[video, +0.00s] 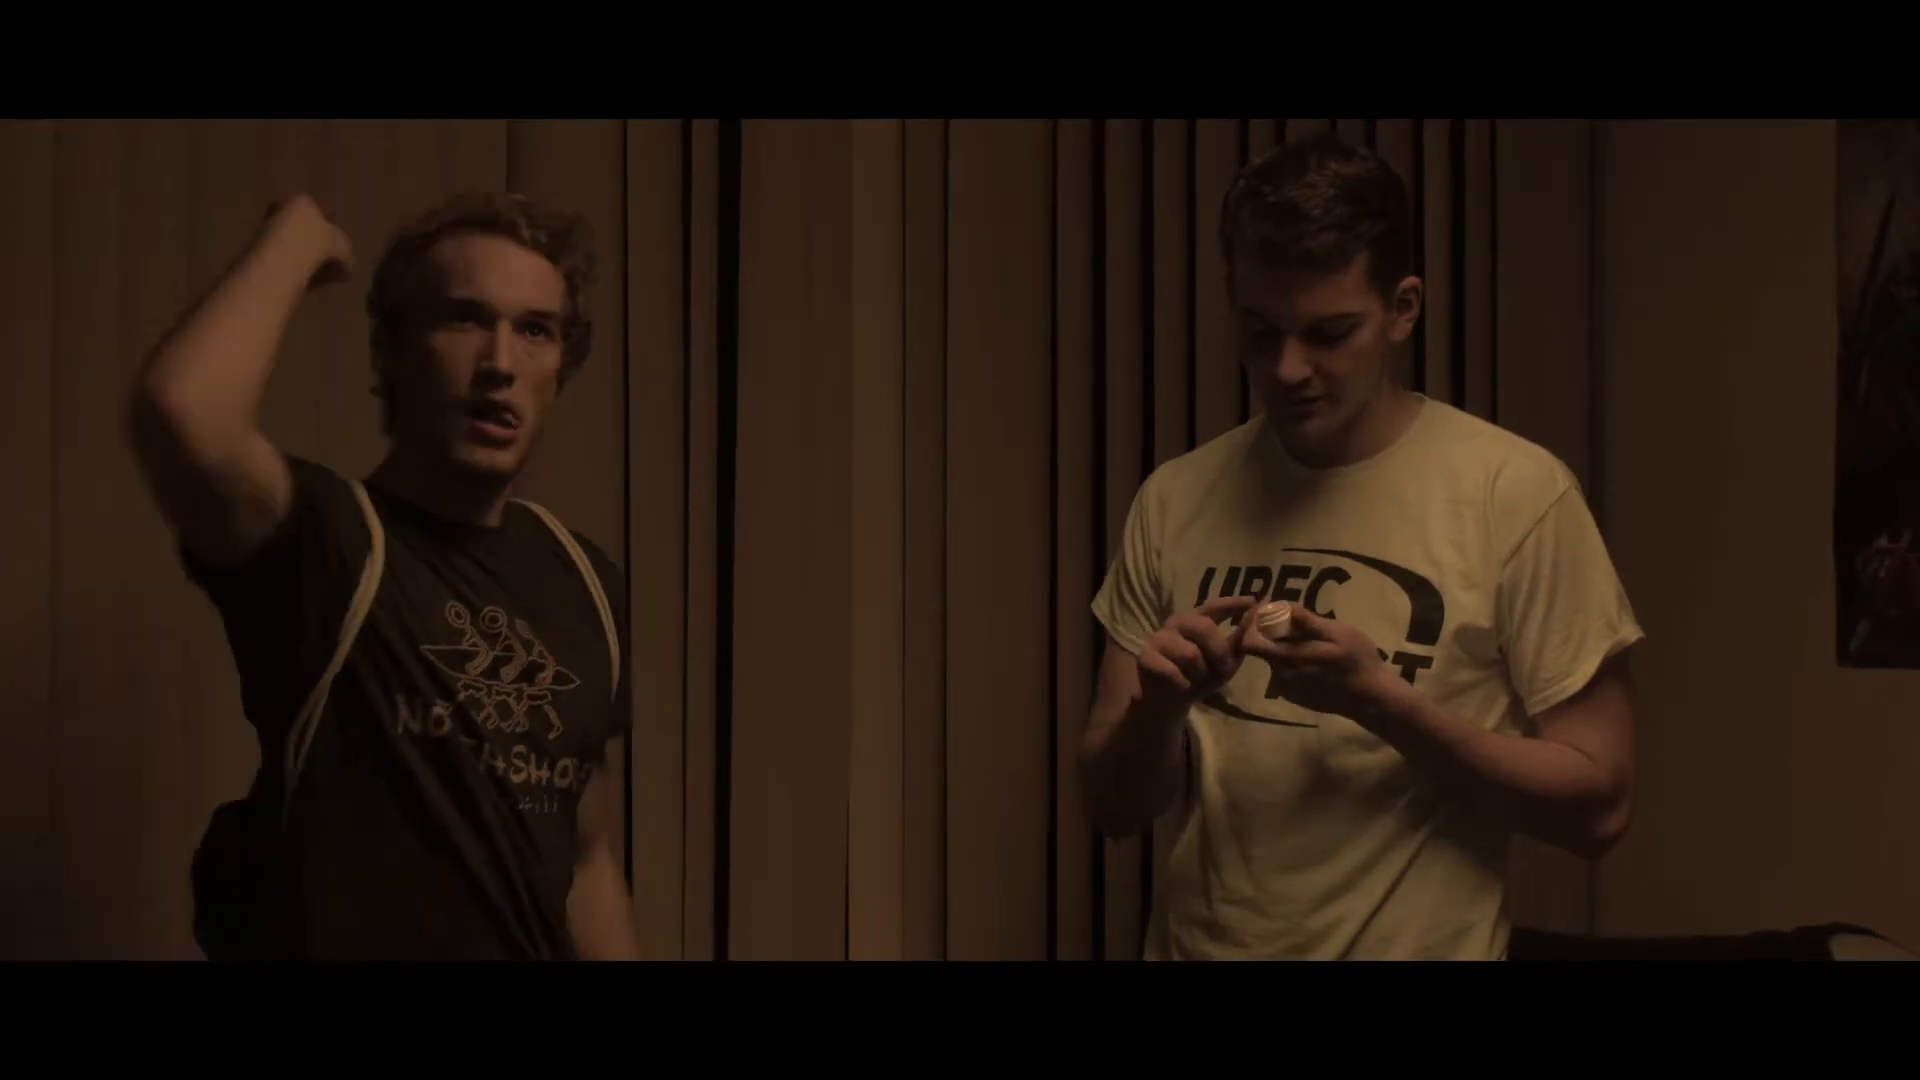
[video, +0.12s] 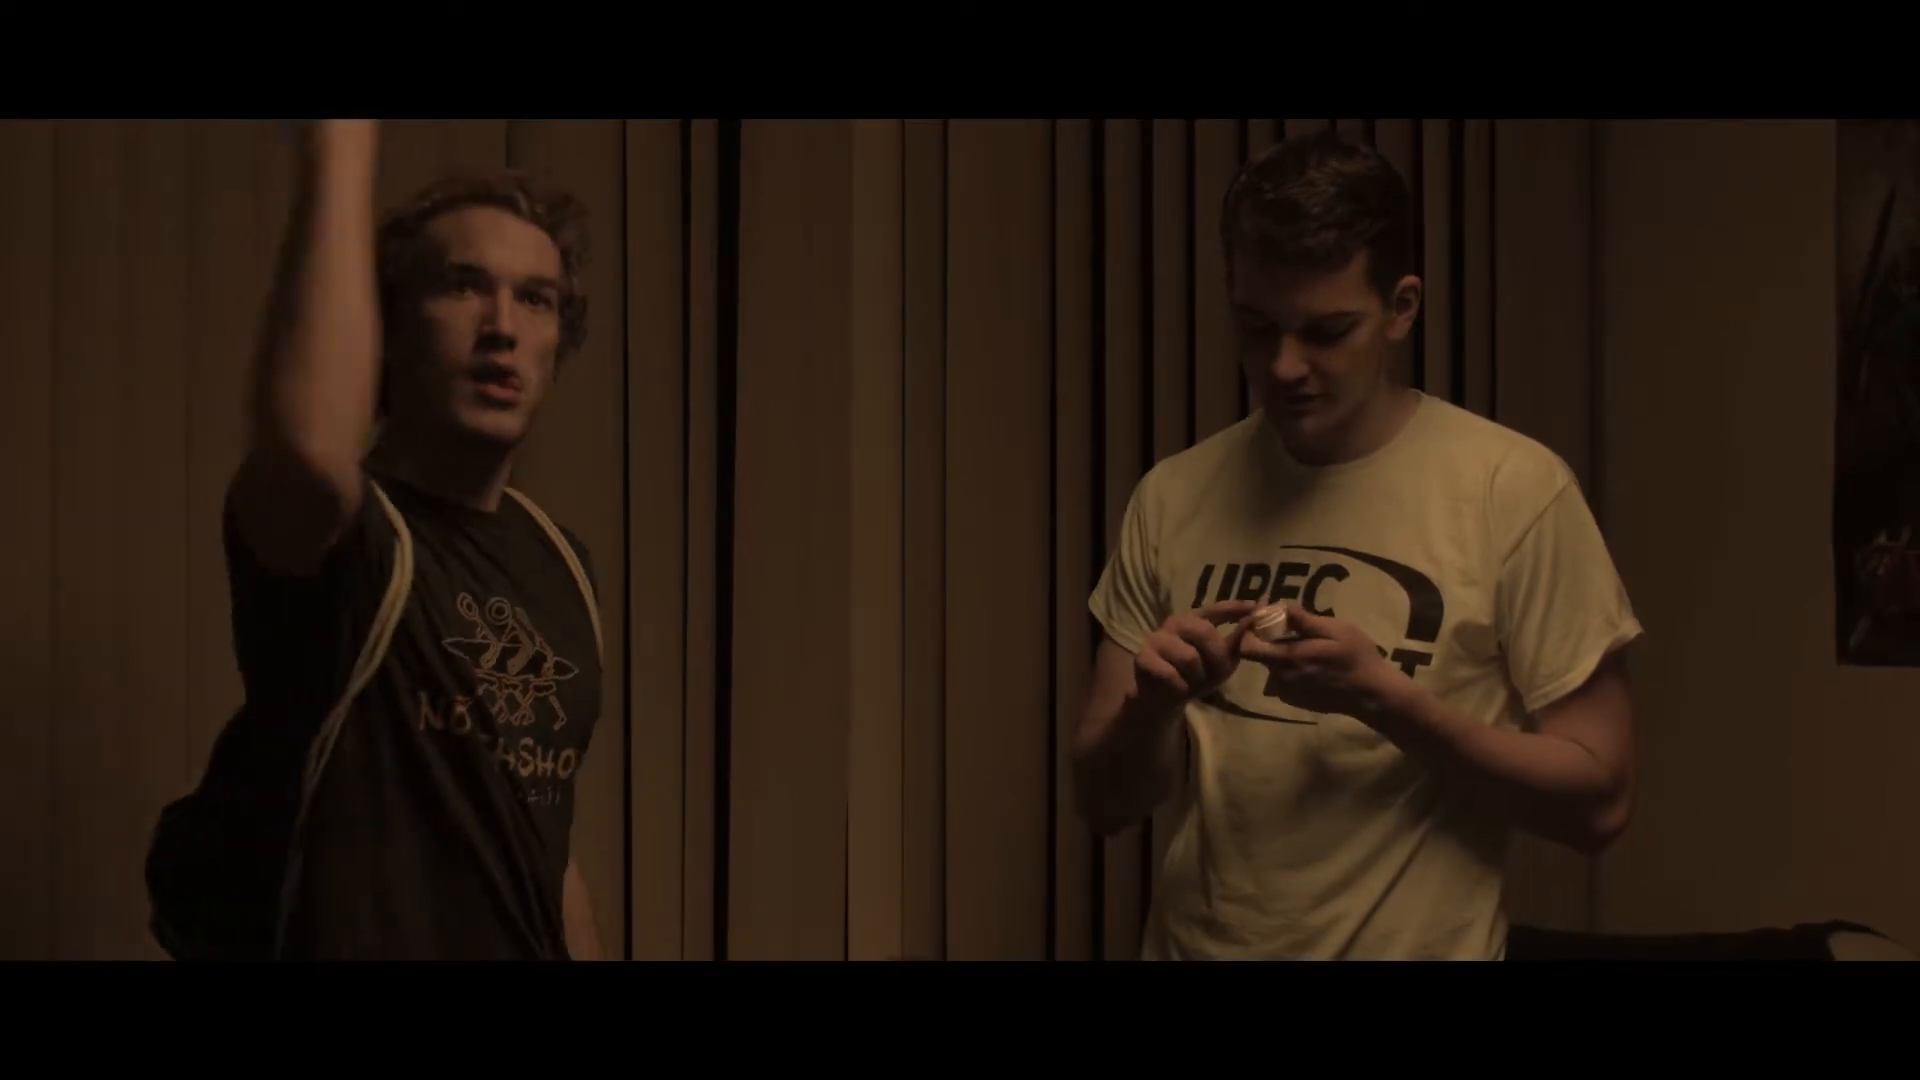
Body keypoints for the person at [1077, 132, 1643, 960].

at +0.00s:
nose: (1290, 371)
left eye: (1330, 334)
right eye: (1262, 333)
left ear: (1404, 309)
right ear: (1237, 311)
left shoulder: (1516, 497)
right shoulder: (1173, 501)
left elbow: (1597, 807)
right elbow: (1111, 811)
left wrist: (1385, 700)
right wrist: (1156, 710)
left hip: (1421, 946)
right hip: (1199, 944)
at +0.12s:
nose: (1287, 368)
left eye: (1328, 332)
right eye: (1260, 329)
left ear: (1403, 307)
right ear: (1236, 305)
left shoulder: (1515, 494)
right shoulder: (1171, 499)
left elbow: (1597, 801)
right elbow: (1101, 806)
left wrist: (1388, 697)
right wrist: (1151, 708)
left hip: (1420, 945)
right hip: (1197, 944)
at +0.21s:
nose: (1287, 368)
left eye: (1328, 333)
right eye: (1260, 330)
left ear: (1403, 308)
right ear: (1236, 306)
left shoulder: (1515, 493)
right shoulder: (1169, 499)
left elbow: (1597, 799)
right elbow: (1096, 804)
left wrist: (1390, 693)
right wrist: (1152, 707)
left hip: (1418, 945)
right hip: (1196, 943)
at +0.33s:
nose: (1286, 365)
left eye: (1328, 331)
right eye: (1260, 327)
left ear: (1403, 309)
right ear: (1237, 306)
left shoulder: (1515, 493)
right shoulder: (1168, 498)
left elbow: (1597, 799)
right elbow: (1095, 805)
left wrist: (1390, 692)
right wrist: (1148, 711)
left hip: (1418, 945)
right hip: (1195, 943)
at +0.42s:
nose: (1286, 365)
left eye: (1328, 330)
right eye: (1260, 327)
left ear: (1403, 309)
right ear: (1237, 306)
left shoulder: (1515, 493)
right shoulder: (1167, 498)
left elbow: (1597, 797)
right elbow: (1092, 803)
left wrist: (1393, 693)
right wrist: (1146, 711)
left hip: (1417, 945)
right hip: (1195, 943)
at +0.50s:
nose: (1287, 365)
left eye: (1328, 331)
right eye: (1260, 327)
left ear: (1403, 311)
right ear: (1237, 306)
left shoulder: (1515, 492)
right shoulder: (1167, 497)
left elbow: (1597, 797)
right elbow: (1091, 802)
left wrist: (1393, 693)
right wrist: (1144, 713)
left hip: (1417, 945)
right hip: (1194, 943)